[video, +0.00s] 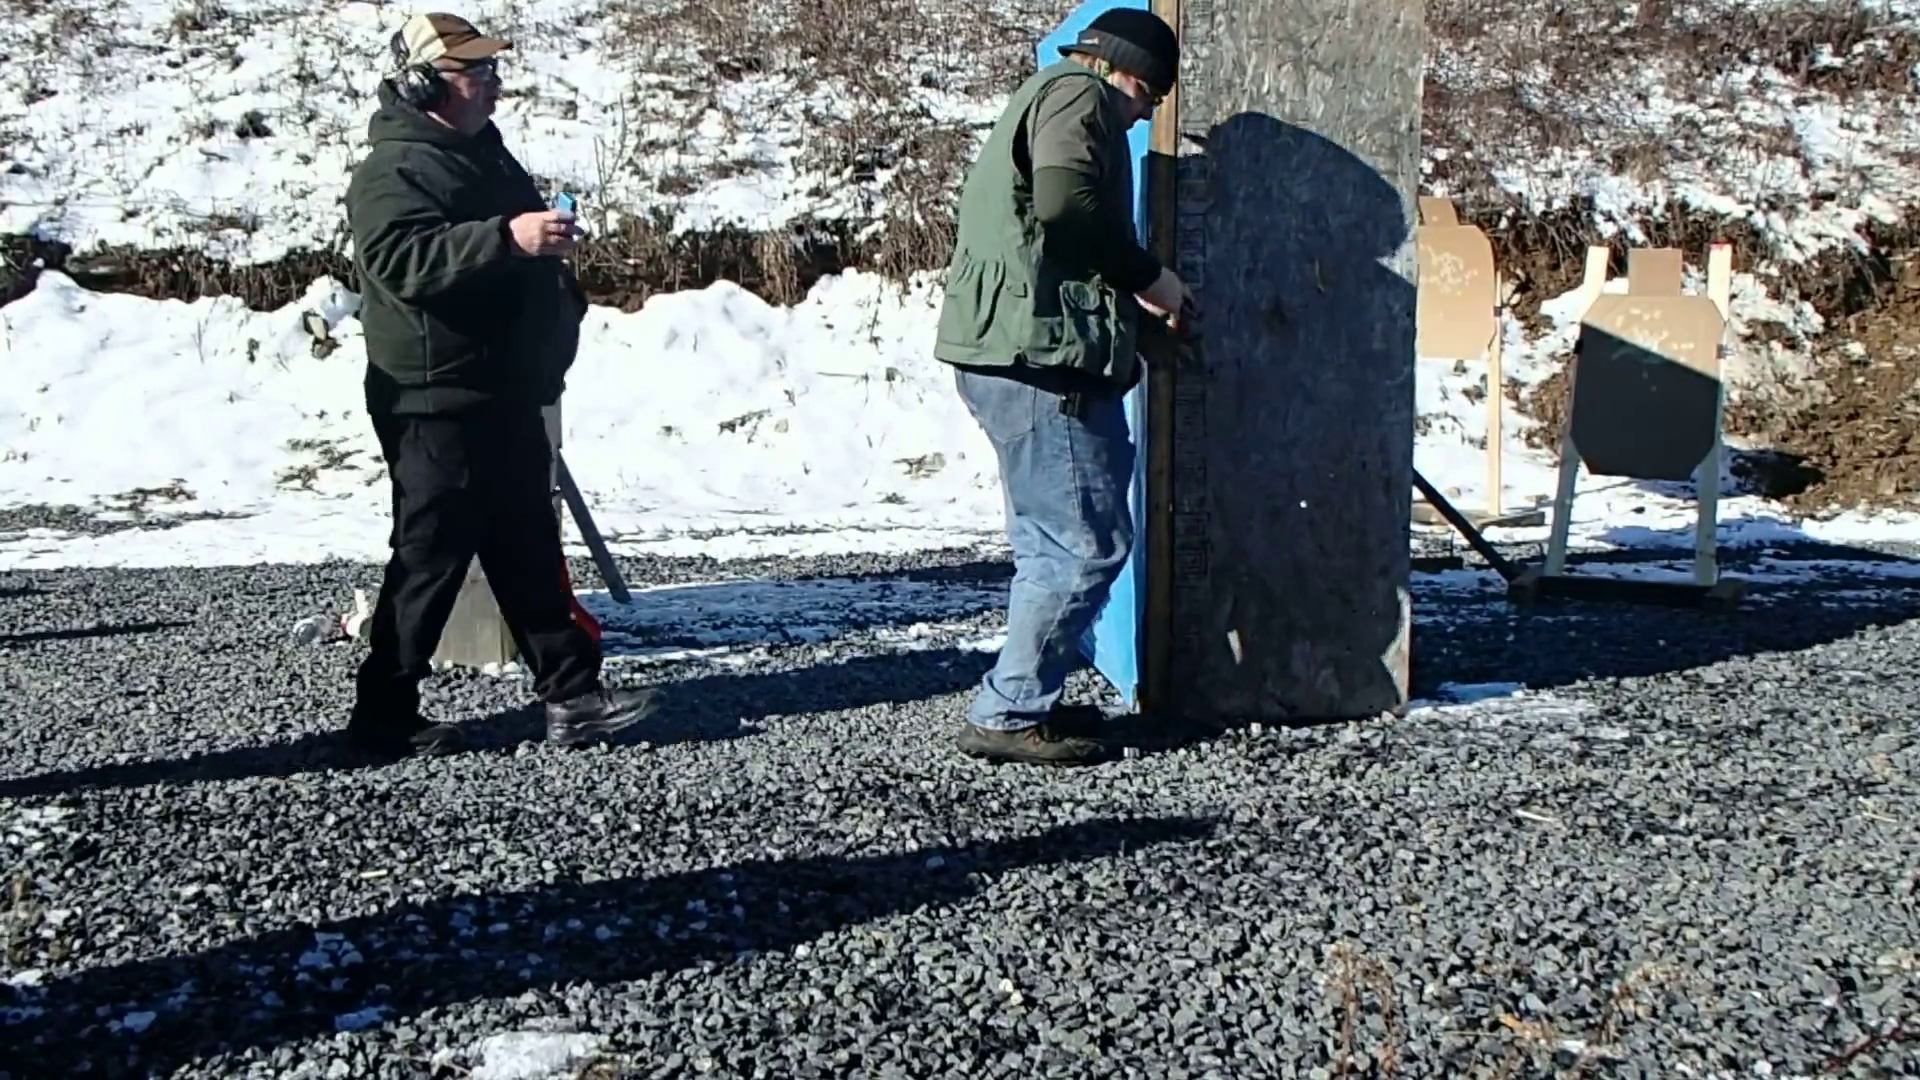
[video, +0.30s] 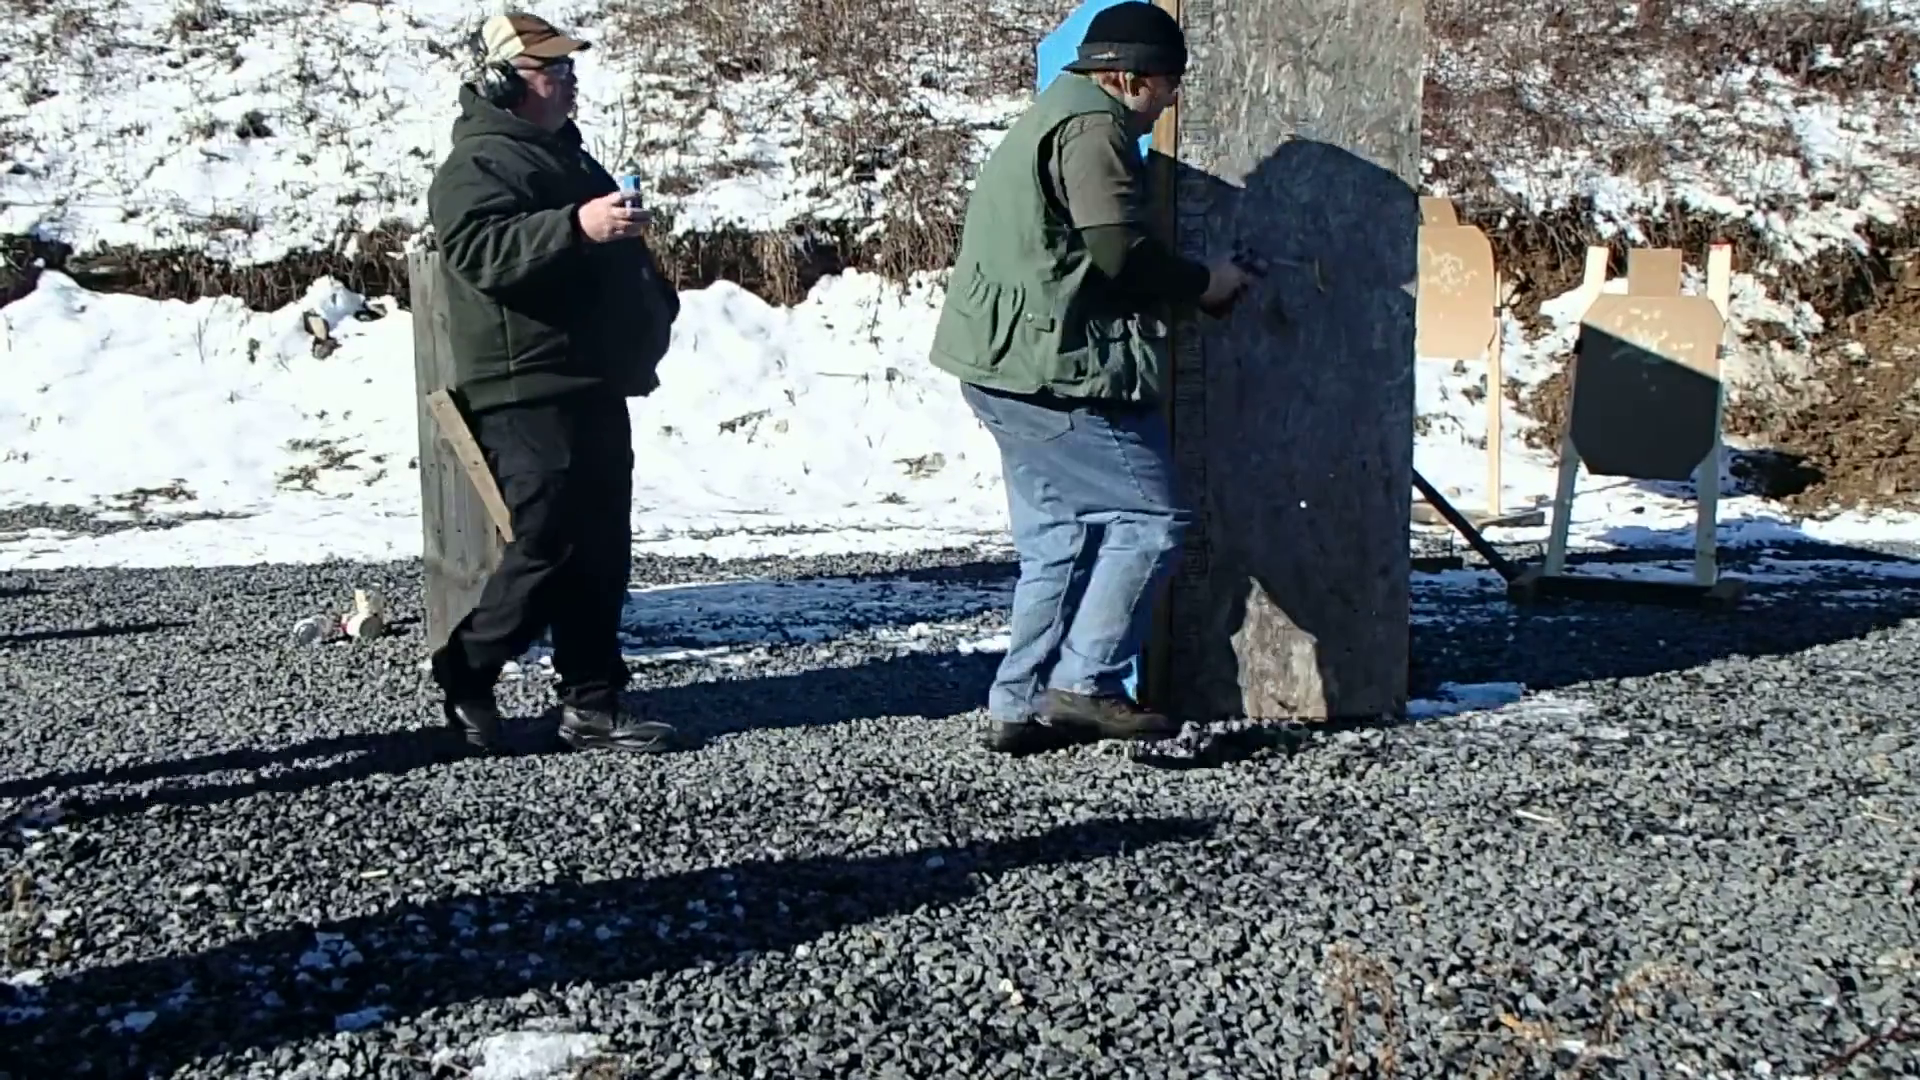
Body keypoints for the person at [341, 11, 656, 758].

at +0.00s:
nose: (493, 84)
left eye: (493, 70)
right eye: (480, 71)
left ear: (465, 80)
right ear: (437, 81)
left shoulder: (486, 156)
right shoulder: (392, 168)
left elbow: (525, 252)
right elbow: (407, 266)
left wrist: (554, 246)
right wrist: (508, 238)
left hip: (506, 387)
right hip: (434, 396)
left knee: (530, 545)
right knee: (428, 557)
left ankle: (571, 694)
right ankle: (384, 717)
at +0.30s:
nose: (573, 80)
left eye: (570, 68)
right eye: (560, 69)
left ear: (538, 81)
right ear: (522, 80)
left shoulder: (564, 153)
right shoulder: (475, 160)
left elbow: (597, 248)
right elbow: (484, 256)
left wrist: (644, 279)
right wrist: (578, 226)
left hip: (589, 377)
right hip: (516, 383)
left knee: (600, 537)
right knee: (546, 531)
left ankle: (592, 702)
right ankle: (466, 670)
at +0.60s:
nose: (631, 79)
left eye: (629, 66)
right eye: (617, 67)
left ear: (599, 77)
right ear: (576, 75)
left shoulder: (604, 146)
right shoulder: (534, 156)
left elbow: (638, 242)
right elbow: (530, 264)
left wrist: (687, 275)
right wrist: (621, 239)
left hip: (621, 379)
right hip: (577, 387)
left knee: (603, 546)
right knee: (629, 540)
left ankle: (590, 712)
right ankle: (637, 717)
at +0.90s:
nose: (671, 79)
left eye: (670, 65)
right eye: (659, 67)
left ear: (621, 72)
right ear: (618, 74)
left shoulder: (628, 139)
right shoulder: (587, 150)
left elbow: (645, 243)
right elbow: (613, 260)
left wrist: (722, 218)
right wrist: (706, 220)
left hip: (647, 386)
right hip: (629, 392)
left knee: (630, 550)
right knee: (660, 554)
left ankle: (595, 712)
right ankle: (660, 731)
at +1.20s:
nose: (702, 69)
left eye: (701, 56)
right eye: (690, 56)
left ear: (645, 62)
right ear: (643, 61)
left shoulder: (657, 129)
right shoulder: (621, 137)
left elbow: (695, 220)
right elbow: (667, 231)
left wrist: (773, 173)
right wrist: (773, 177)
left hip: (662, 381)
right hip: (653, 386)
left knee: (640, 546)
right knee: (671, 552)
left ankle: (597, 708)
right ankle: (661, 729)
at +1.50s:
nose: (710, 65)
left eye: (709, 52)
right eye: (698, 51)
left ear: (647, 56)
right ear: (651, 56)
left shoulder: (658, 126)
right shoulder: (631, 134)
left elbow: (707, 217)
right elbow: (688, 226)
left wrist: (792, 174)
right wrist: (798, 178)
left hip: (669, 379)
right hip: (658, 384)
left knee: (645, 547)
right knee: (671, 555)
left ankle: (598, 706)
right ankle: (662, 731)